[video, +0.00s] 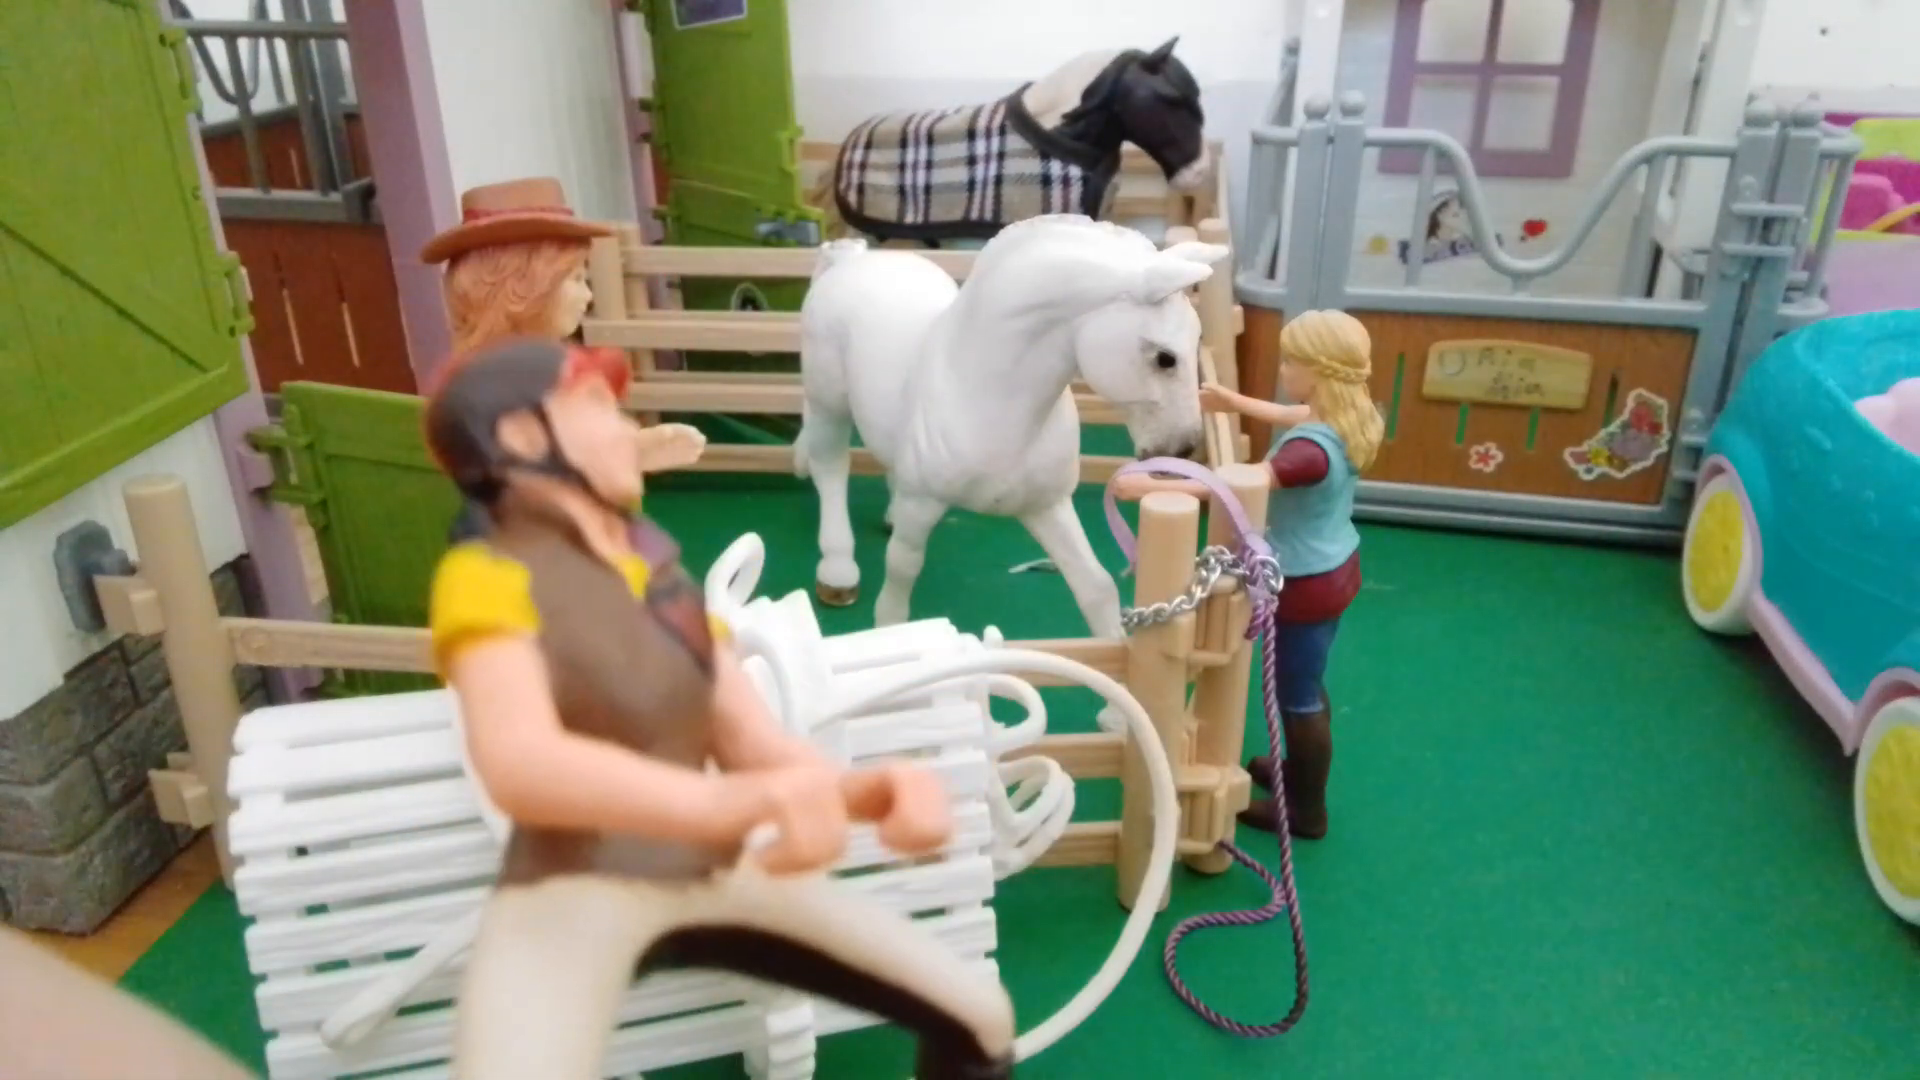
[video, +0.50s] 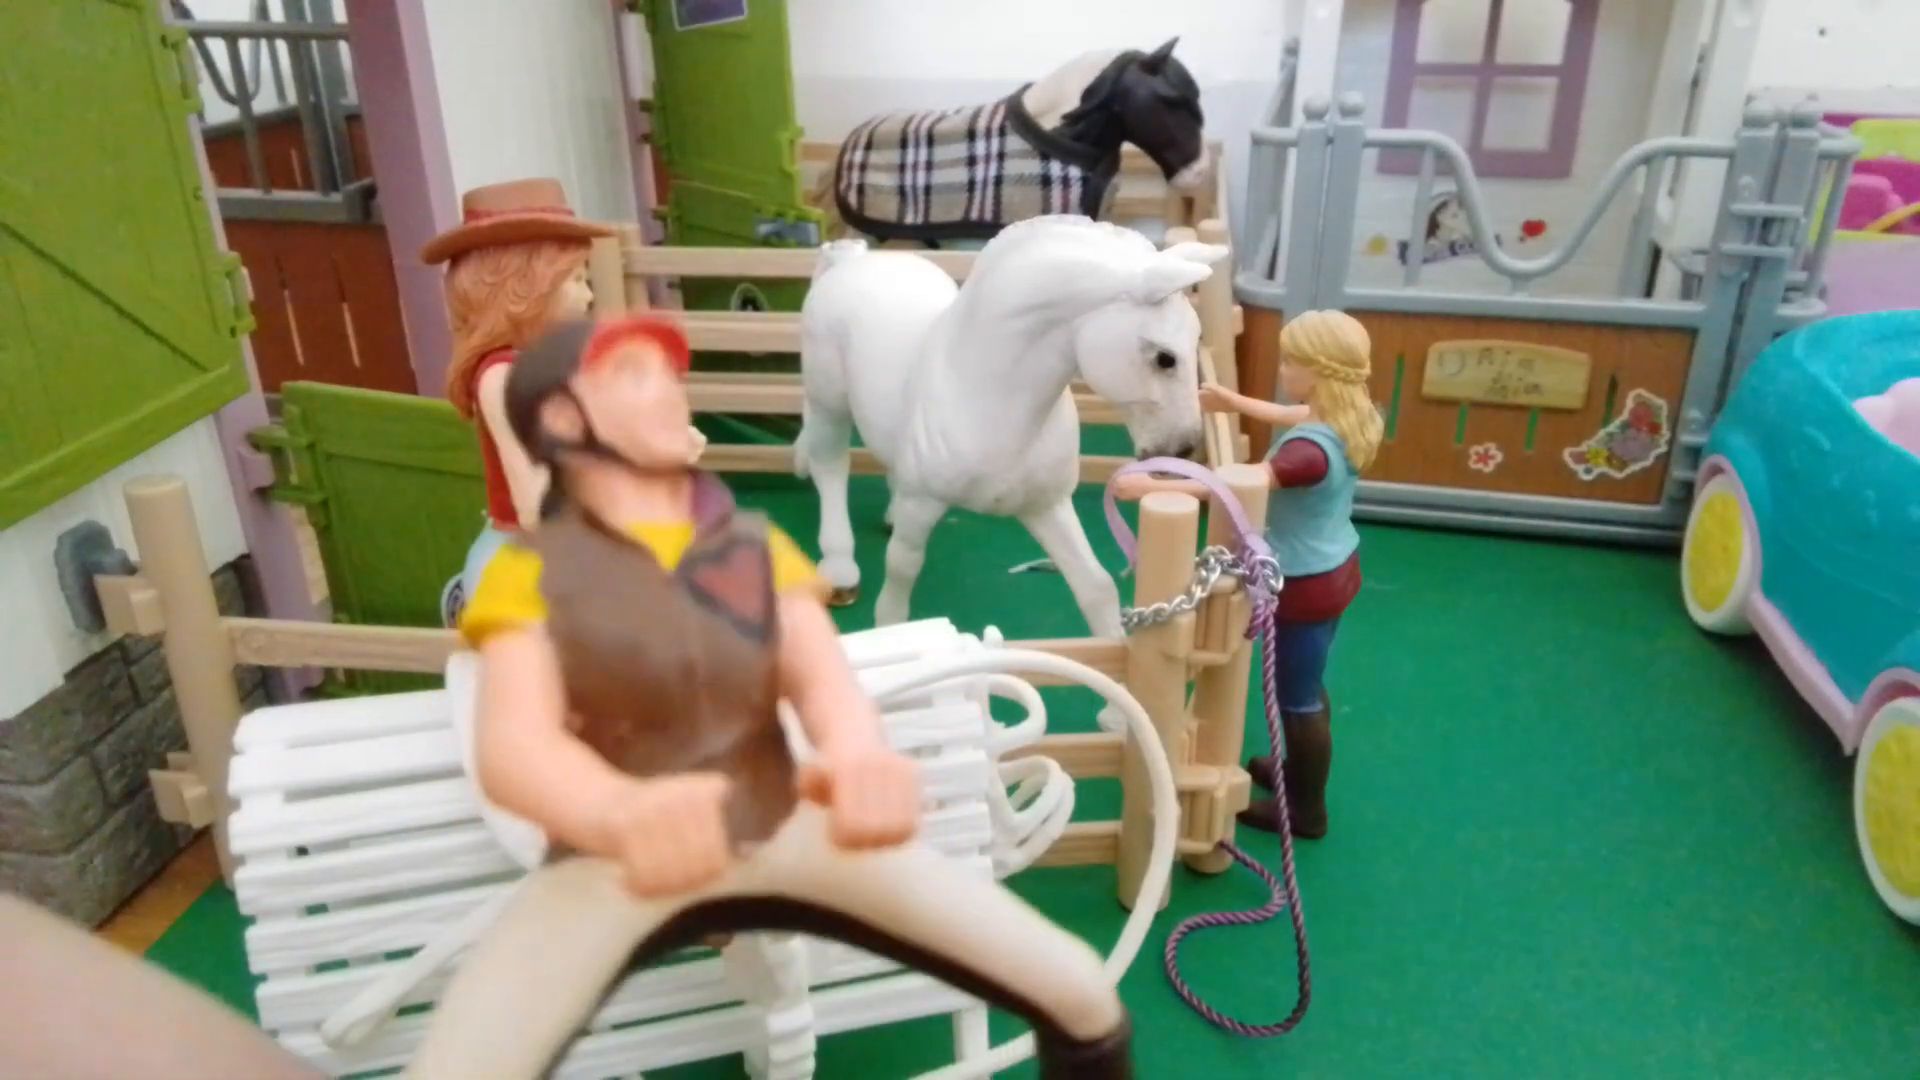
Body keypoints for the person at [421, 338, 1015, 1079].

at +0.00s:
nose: (630, 422)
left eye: (614, 398)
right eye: (597, 398)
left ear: (521, 437)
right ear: (518, 436)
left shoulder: (651, 560)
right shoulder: (488, 572)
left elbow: (748, 738)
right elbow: (521, 767)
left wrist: (859, 793)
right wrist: (732, 805)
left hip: (721, 878)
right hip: (571, 898)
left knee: (974, 1013)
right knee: (516, 1063)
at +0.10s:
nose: (643, 457)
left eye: (628, 434)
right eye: (608, 435)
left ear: (537, 477)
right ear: (534, 475)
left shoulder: (657, 598)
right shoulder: (501, 604)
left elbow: (754, 770)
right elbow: (529, 792)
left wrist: (854, 821)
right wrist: (740, 830)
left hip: (728, 901)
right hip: (578, 916)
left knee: (974, 1043)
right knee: (516, 1070)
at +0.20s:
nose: (637, 474)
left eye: (623, 454)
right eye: (605, 453)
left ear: (535, 494)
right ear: (531, 491)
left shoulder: (656, 619)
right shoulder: (499, 620)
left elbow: (754, 783)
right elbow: (524, 805)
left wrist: (851, 830)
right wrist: (728, 845)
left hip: (724, 909)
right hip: (575, 925)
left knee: (975, 1050)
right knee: (511, 1065)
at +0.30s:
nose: (627, 479)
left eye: (614, 462)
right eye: (595, 460)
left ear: (527, 501)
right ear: (522, 499)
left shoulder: (655, 626)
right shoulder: (491, 625)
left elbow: (748, 776)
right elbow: (509, 804)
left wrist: (842, 822)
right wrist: (712, 839)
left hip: (723, 907)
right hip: (567, 924)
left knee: (973, 1040)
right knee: (493, 1066)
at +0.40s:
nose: (638, 446)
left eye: (631, 428)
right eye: (601, 433)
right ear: (535, 477)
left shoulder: (684, 585)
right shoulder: (507, 612)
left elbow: (776, 729)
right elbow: (509, 787)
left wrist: (846, 790)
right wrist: (674, 827)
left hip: (742, 871)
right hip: (591, 893)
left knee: (1029, 1008)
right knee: (474, 1066)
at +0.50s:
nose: (668, 383)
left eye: (661, 365)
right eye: (628, 372)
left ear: (682, 385)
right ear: (561, 419)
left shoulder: (756, 542)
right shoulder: (529, 570)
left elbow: (825, 681)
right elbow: (511, 750)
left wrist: (860, 756)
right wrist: (626, 811)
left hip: (788, 826)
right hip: (617, 863)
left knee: (1084, 995)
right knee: (457, 1063)